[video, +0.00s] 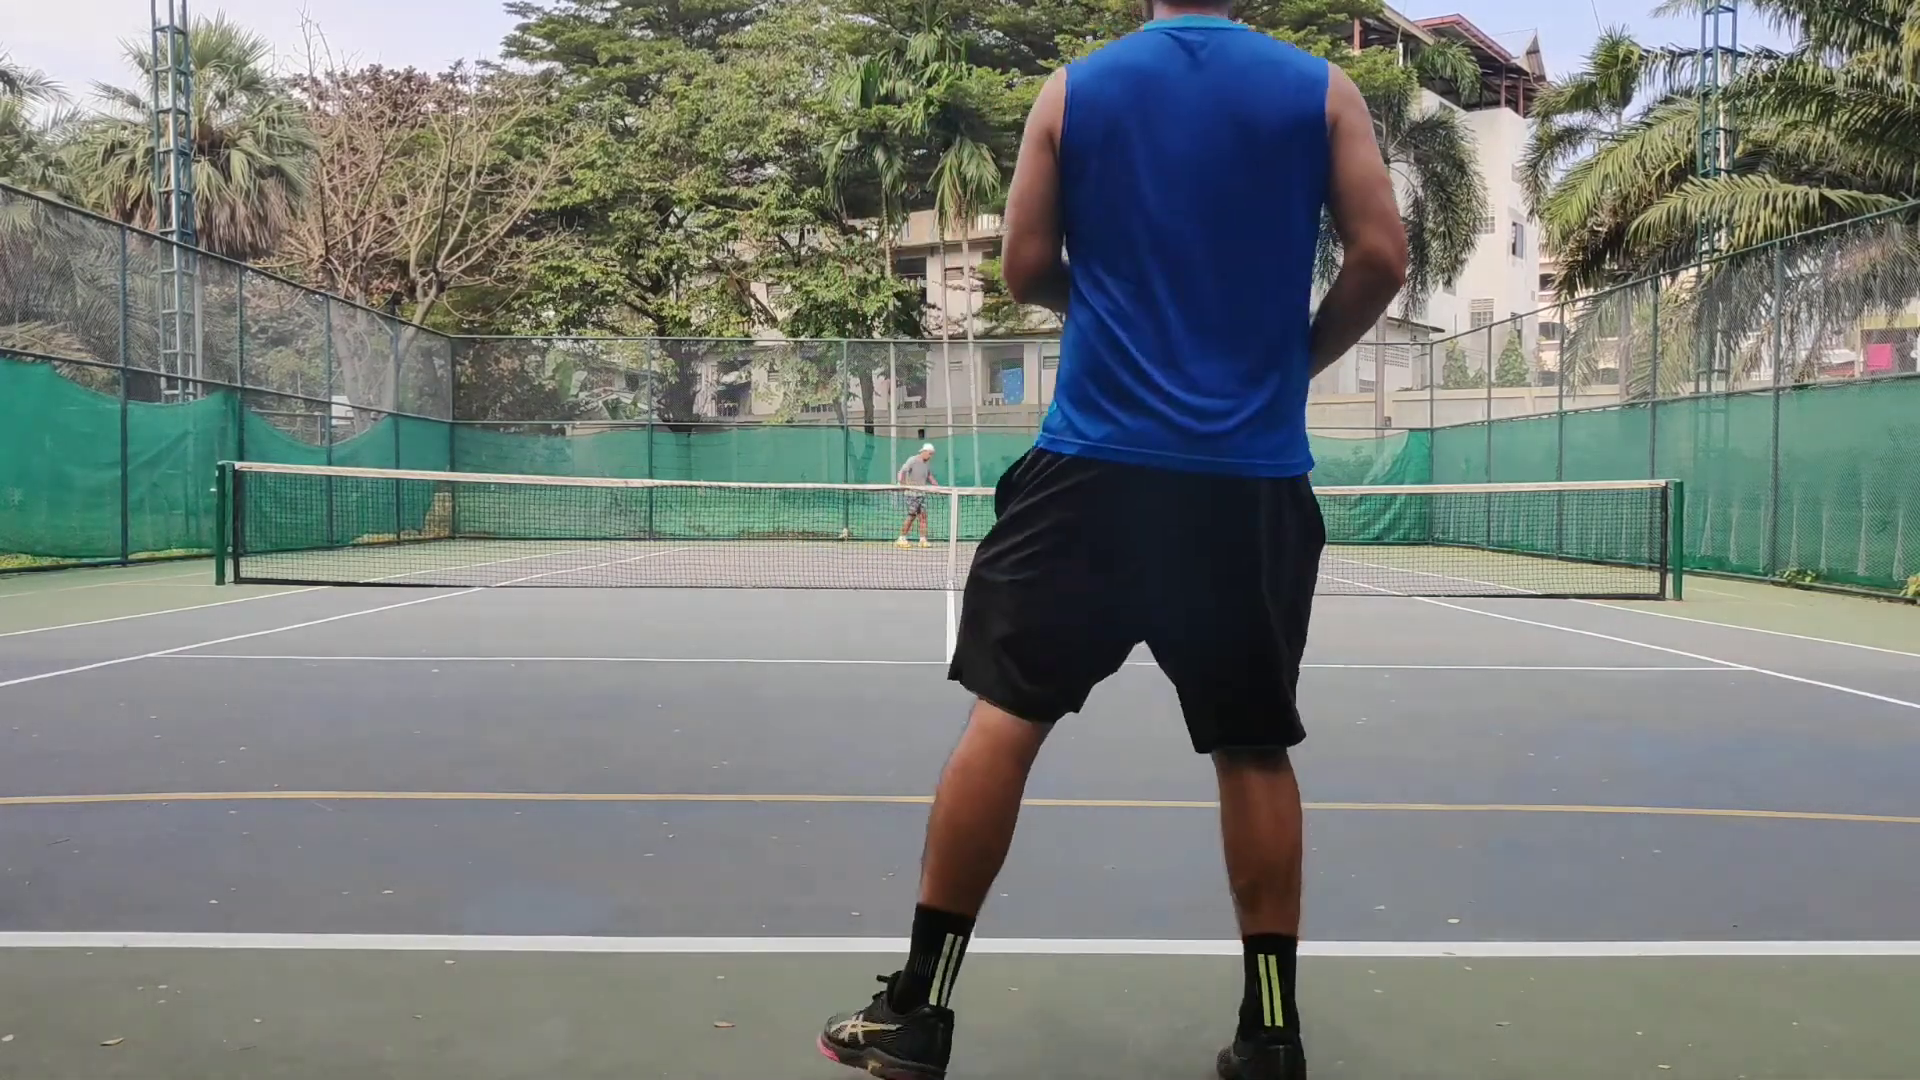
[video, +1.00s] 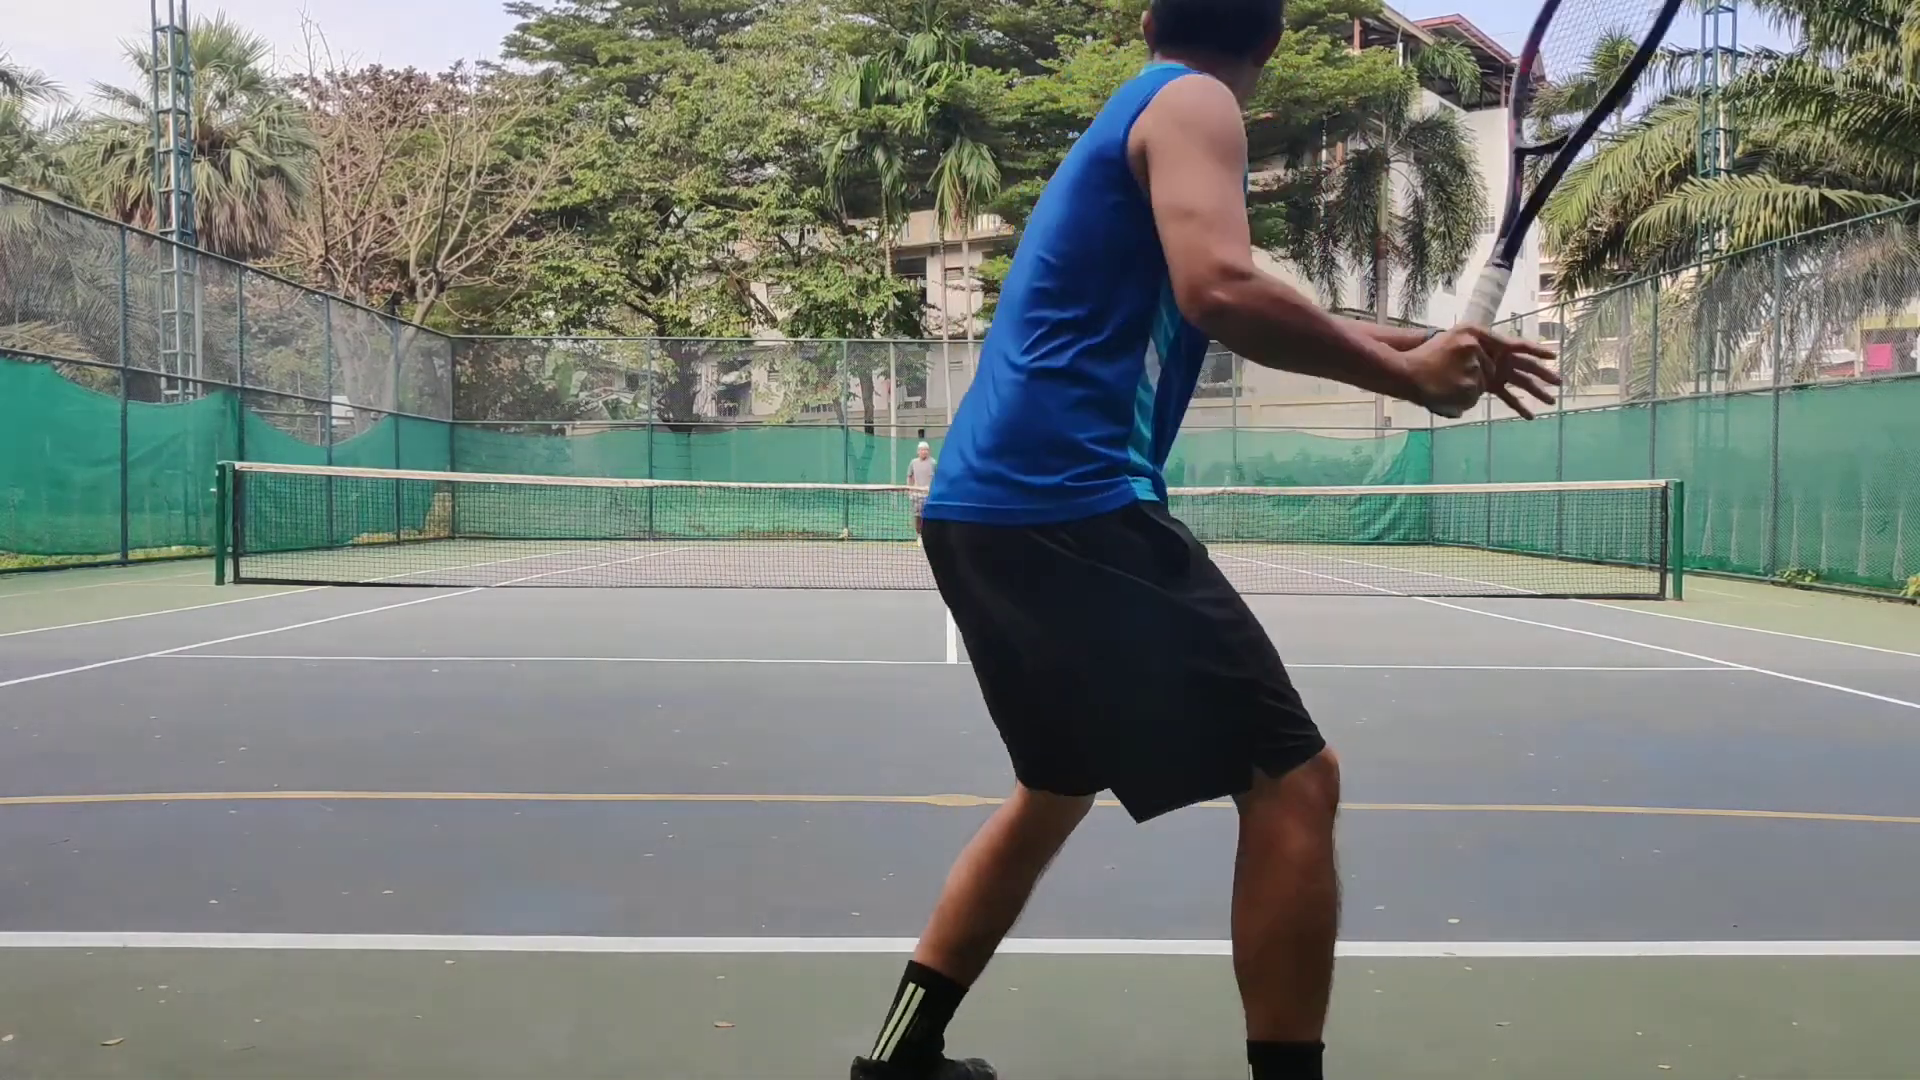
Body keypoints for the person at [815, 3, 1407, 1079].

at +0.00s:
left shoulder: (1071, 89)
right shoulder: (1323, 88)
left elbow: (1027, 268)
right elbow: (1382, 253)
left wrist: (1109, 286)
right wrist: (1306, 354)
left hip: (1092, 475)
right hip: (1250, 482)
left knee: (1005, 722)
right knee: (1255, 747)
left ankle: (918, 1004)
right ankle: (1272, 1030)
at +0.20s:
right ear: (1222, 2)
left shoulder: (1037, 76)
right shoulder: (1295, 78)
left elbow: (980, 251)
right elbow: (1347, 247)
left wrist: (1066, 284)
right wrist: (1261, 362)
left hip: (1059, 466)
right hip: (1219, 472)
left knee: (1011, 746)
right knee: (1241, 742)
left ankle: (968, 1034)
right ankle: (1250, 1026)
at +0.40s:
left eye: (1100, 15)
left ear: (1103, 10)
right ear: (1209, 8)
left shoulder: (1033, 112)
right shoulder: (1282, 97)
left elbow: (961, 276)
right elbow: (1327, 279)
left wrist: (1045, 312)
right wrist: (1242, 378)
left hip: (1044, 479)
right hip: (1208, 482)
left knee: (1006, 736)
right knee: (1299, 739)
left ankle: (955, 1027)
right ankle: (1281, 1036)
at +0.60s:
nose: (1134, 33)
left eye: (1128, 26)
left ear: (1127, 42)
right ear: (1239, 48)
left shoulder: (1051, 168)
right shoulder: (1303, 157)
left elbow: (976, 346)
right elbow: (1333, 352)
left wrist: (1070, 387)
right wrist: (1250, 443)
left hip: (1057, 537)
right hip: (1217, 539)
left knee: (1041, 762)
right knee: (1343, 792)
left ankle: (915, 1024)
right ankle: (1343, 1063)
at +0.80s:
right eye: (1238, 35)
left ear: (1122, 43)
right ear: (1238, 50)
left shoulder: (1063, 155)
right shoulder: (1239, 141)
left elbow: (1101, 326)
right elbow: (1242, 359)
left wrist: (1258, 387)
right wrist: (1240, 496)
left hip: (990, 522)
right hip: (1126, 522)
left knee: (1051, 777)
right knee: (1316, 770)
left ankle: (911, 1049)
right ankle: (1337, 1063)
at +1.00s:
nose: (1278, 51)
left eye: (1273, 39)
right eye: (1278, 35)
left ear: (1159, 26)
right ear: (1266, 35)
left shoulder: (1132, 117)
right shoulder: (1192, 102)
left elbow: (1239, 318)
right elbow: (1219, 287)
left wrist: (1408, 345)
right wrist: (1409, 371)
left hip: (981, 507)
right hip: (1076, 505)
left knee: (1057, 779)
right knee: (1294, 786)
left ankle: (903, 1047)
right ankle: (1288, 1076)